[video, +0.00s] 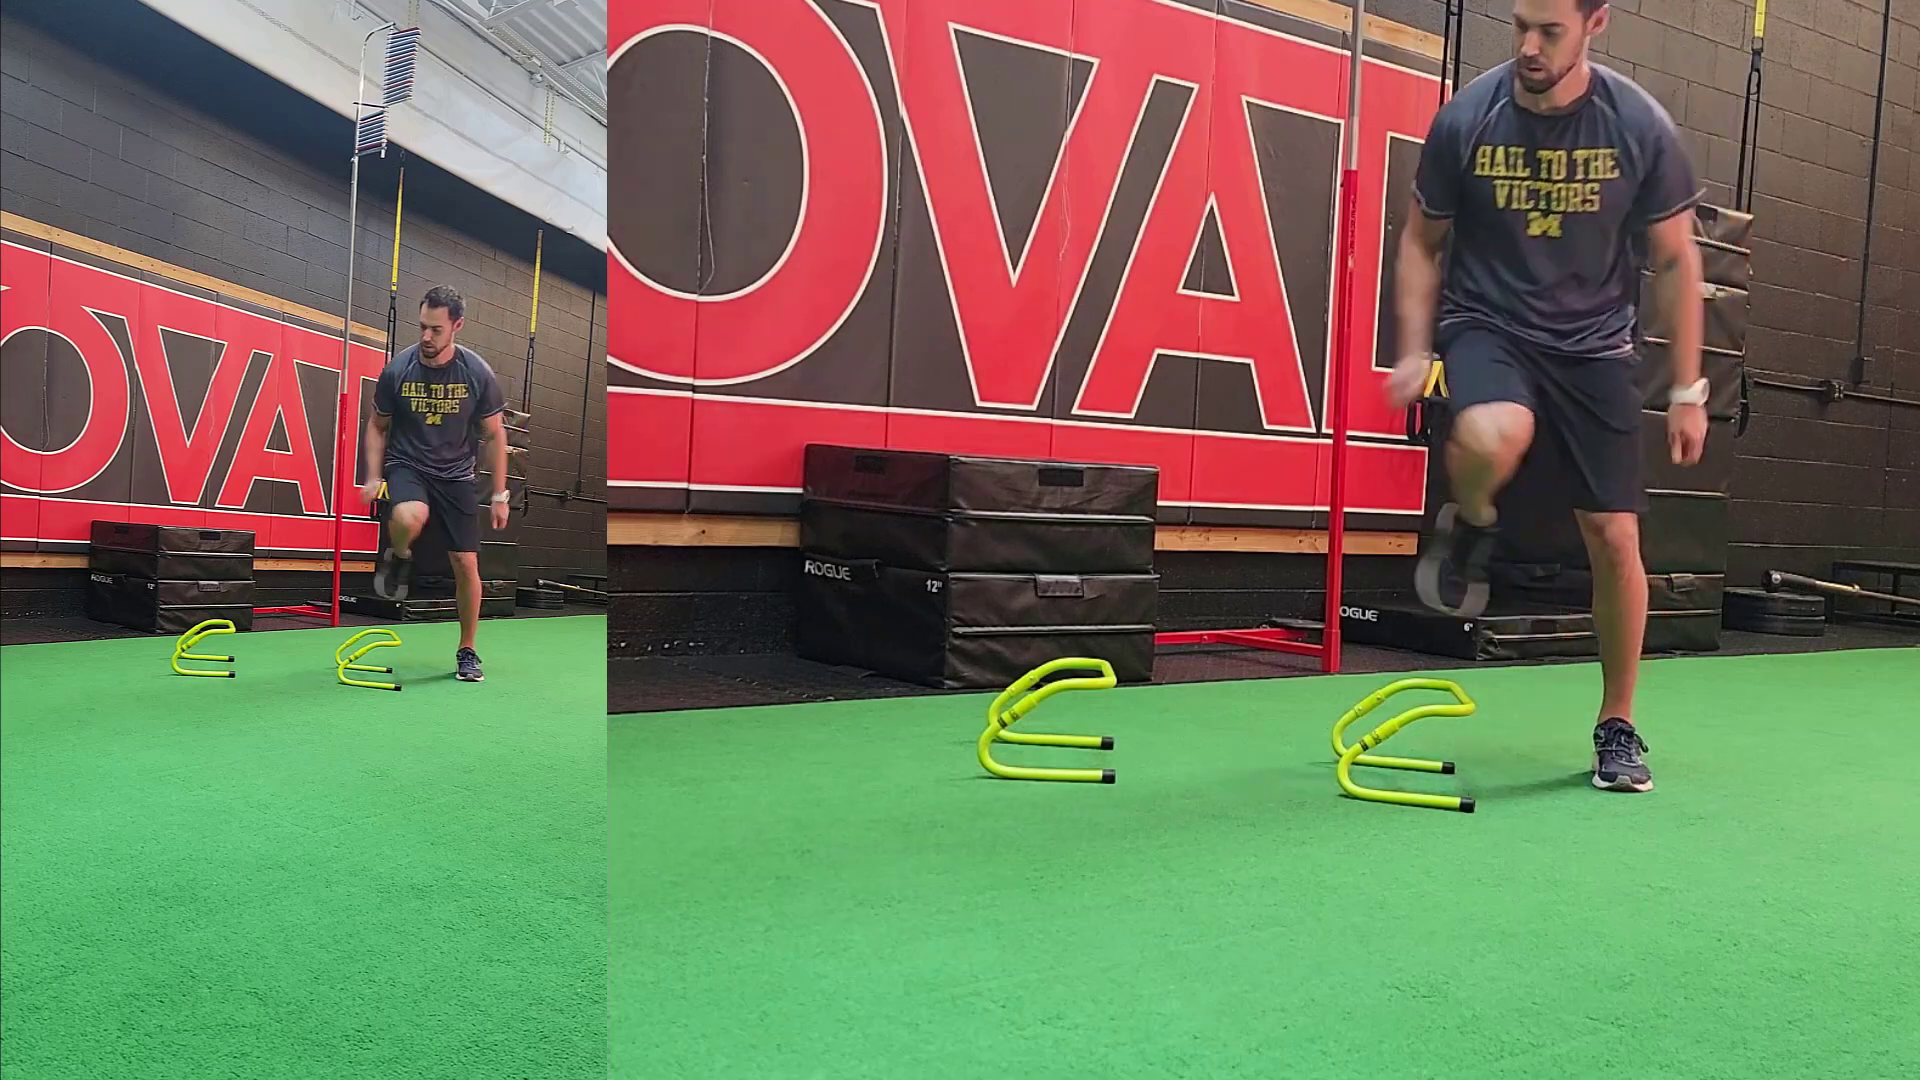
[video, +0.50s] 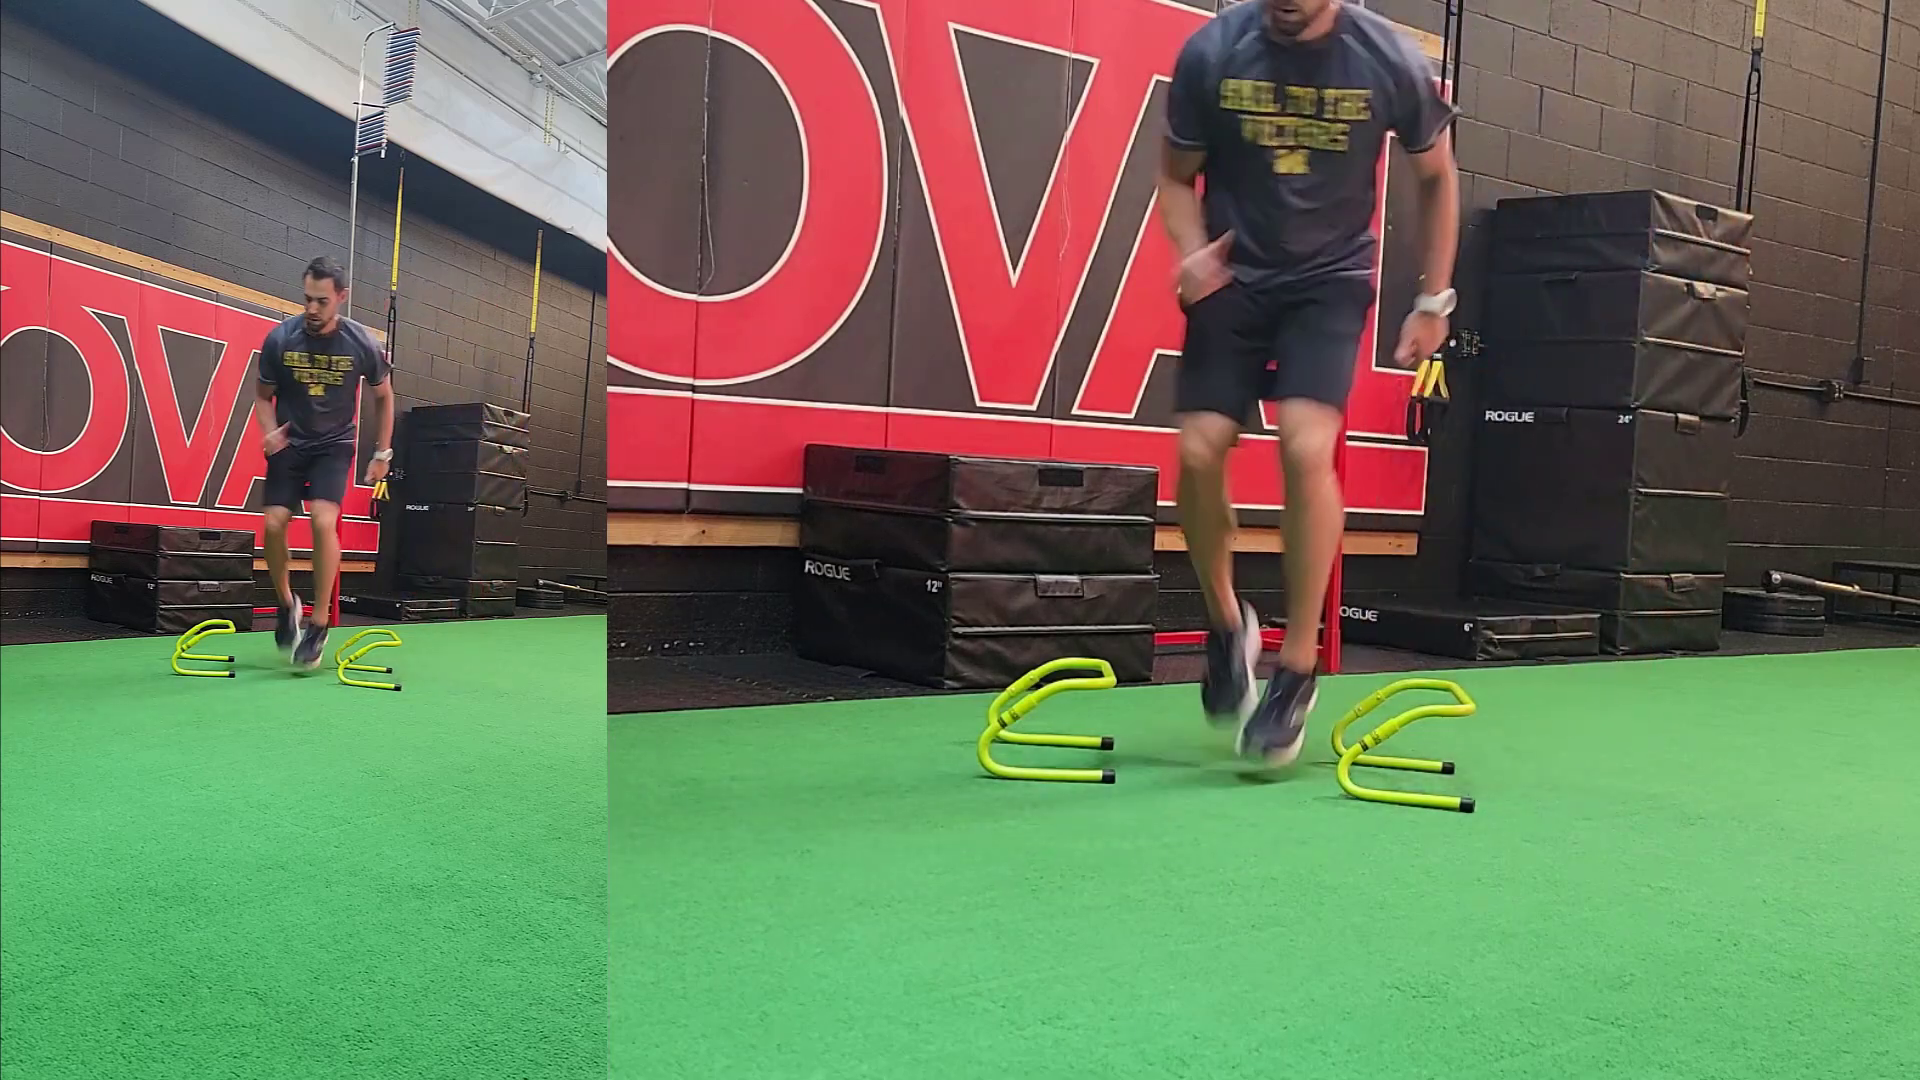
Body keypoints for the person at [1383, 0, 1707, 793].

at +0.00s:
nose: (1530, 48)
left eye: (1549, 31)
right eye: (1521, 28)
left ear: (1594, 24)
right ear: (1508, 23)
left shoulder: (1641, 126)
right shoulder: (1463, 121)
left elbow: (1677, 260)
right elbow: (1423, 240)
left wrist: (1688, 389)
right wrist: (1411, 350)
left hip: (1595, 343)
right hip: (1486, 325)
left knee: (1614, 534)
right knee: (1492, 438)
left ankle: (1618, 725)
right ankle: (1467, 525)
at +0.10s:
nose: (1490, 37)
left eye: (1510, 21)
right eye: (1482, 17)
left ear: (1554, 20)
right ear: (1468, 15)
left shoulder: (1604, 118)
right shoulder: (1427, 117)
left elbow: (1629, 246)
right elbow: (1365, 226)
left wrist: (1612, 324)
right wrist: (1335, 345)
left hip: (1562, 339)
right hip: (1450, 324)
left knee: (1591, 536)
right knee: (1401, 433)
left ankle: (1615, 725)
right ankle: (1365, 582)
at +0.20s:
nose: (1438, 10)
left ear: (1493, 1)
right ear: (1415, 0)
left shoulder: (1548, 74)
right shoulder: (1370, 76)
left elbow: (1589, 180)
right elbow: (1312, 185)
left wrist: (1547, 213)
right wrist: (1302, 308)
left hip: (1502, 320)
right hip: (1385, 308)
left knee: (1550, 500)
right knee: (1333, 473)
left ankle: (1603, 702)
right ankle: (1266, 661)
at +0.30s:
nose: (1390, 14)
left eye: (1408, 2)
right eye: (1379, 2)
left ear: (1444, 1)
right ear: (1364, 1)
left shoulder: (1497, 81)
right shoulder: (1312, 85)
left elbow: (1516, 184)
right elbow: (1273, 208)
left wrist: (1522, 276)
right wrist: (1266, 322)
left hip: (1445, 306)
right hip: (1329, 314)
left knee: (1490, 476)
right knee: (1296, 506)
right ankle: (1257, 695)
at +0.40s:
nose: (1340, 10)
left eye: (1358, 2)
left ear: (1390, 4)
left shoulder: (1438, 80)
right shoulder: (1261, 77)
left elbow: (1479, 183)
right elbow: (1211, 201)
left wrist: (1489, 297)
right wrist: (1245, 260)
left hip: (1387, 298)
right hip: (1281, 305)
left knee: (1380, 412)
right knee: (1261, 506)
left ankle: (1374, 559)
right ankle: (1251, 697)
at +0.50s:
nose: (1284, 7)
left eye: (1301, 0)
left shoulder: (1395, 61)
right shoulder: (1211, 53)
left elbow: (1436, 176)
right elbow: (1177, 178)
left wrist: (1433, 298)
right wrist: (1189, 249)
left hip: (1331, 281)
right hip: (1231, 277)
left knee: (1305, 448)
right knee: (1197, 451)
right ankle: (1226, 623)